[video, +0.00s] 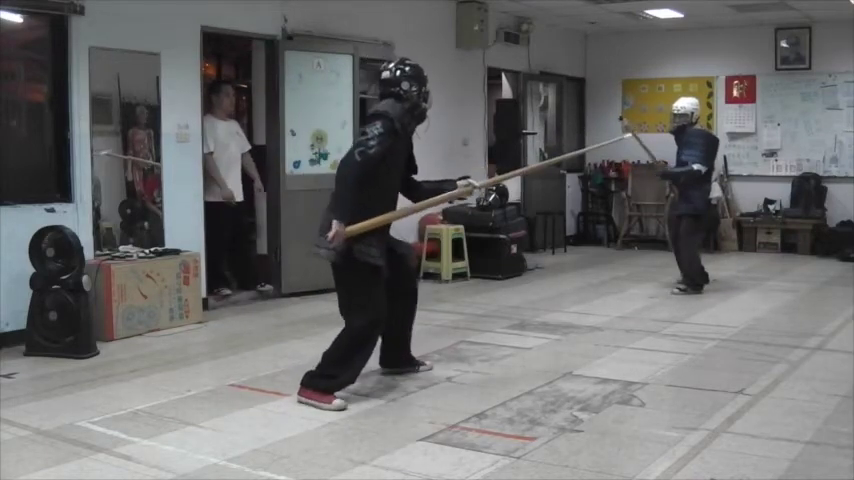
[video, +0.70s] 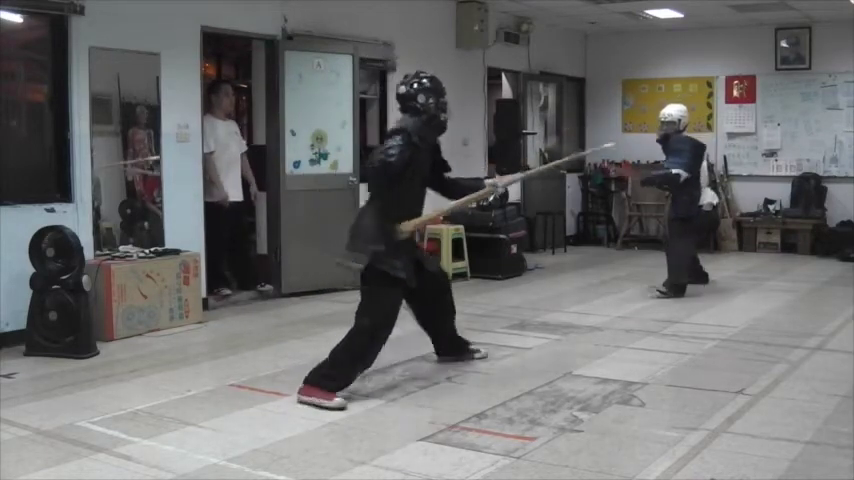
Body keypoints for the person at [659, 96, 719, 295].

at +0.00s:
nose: (676, 120)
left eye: (681, 116)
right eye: (675, 116)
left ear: (692, 117)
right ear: (673, 115)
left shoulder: (698, 137)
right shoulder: (684, 138)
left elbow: (698, 170)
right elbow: (686, 168)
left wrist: (668, 173)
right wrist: (669, 169)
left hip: (695, 196)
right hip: (684, 195)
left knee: (685, 235)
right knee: (678, 234)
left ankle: (694, 281)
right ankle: (693, 275)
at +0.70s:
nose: (665, 128)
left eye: (670, 124)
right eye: (663, 124)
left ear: (680, 125)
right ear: (661, 123)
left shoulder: (686, 144)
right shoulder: (671, 144)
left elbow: (678, 175)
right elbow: (672, 171)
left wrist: (653, 179)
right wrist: (661, 178)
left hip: (690, 200)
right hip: (682, 198)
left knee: (678, 238)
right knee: (678, 236)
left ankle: (676, 285)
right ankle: (696, 273)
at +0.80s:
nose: (662, 132)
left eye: (667, 128)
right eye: (660, 127)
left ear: (678, 129)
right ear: (658, 127)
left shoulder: (679, 149)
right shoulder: (669, 148)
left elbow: (669, 180)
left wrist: (636, 188)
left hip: (685, 206)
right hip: (680, 204)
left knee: (668, 243)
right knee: (676, 241)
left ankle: (673, 286)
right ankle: (695, 274)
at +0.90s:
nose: (661, 133)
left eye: (666, 129)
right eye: (660, 129)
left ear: (678, 130)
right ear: (657, 129)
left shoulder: (680, 150)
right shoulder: (668, 148)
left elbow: (668, 179)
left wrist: (636, 188)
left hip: (686, 206)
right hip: (680, 205)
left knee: (666, 239)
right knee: (668, 239)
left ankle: (672, 286)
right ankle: (690, 275)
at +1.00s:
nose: (662, 134)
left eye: (667, 130)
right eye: (660, 130)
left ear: (678, 131)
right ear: (657, 130)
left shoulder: (680, 150)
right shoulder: (668, 149)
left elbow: (666, 180)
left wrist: (635, 190)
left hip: (686, 207)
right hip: (679, 205)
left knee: (664, 240)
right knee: (668, 240)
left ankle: (672, 285)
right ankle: (689, 275)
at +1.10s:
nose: (659, 134)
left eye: (664, 130)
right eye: (658, 130)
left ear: (675, 132)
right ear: (655, 130)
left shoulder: (676, 151)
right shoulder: (665, 151)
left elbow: (663, 185)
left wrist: (633, 194)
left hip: (684, 208)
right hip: (677, 207)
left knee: (663, 240)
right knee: (669, 241)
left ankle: (671, 287)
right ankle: (690, 276)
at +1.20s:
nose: (653, 136)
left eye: (658, 132)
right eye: (652, 131)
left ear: (669, 133)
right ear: (649, 130)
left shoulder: (668, 153)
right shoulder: (662, 150)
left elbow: (665, 193)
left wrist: (639, 200)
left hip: (677, 206)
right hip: (678, 204)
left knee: (663, 244)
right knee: (675, 243)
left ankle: (663, 290)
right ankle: (693, 276)